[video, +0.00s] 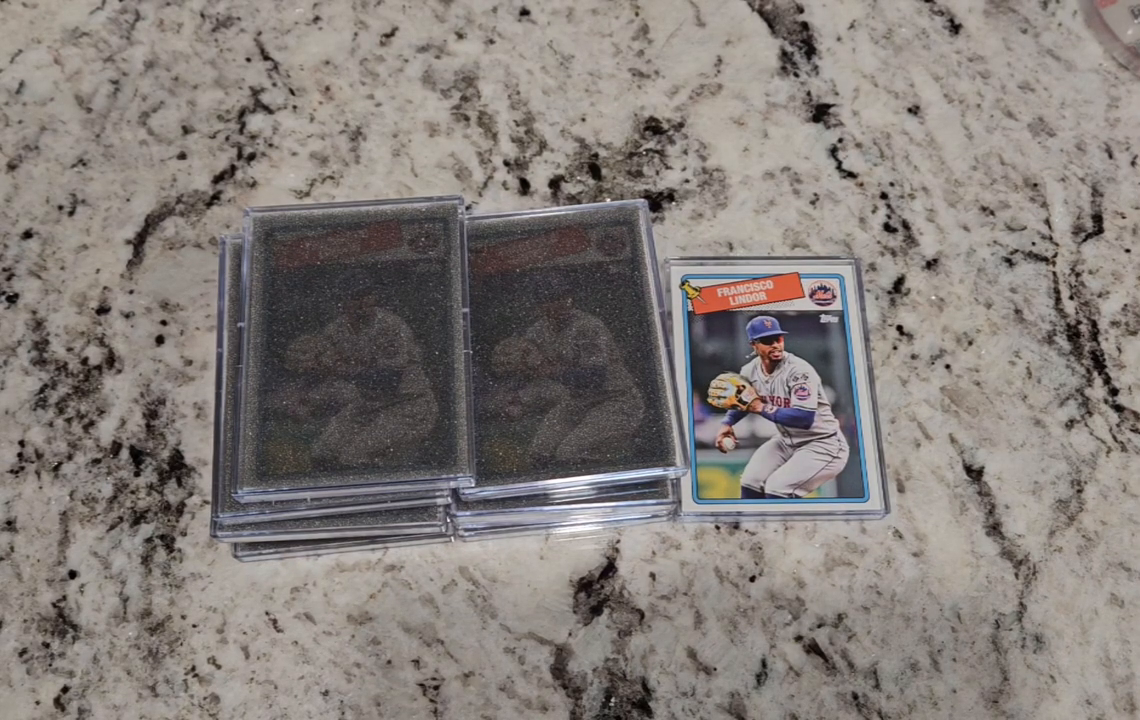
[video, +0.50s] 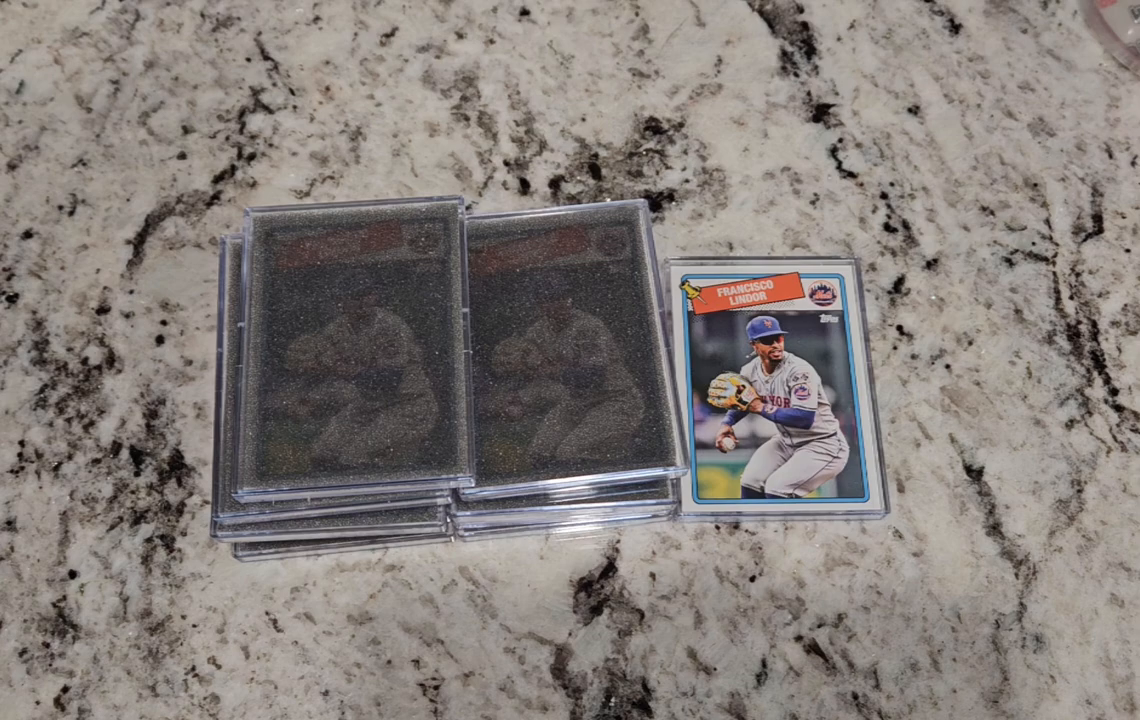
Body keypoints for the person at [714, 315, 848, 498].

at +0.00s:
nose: (775, 346)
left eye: (778, 339)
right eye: (767, 342)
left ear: (783, 339)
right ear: (754, 346)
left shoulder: (800, 371)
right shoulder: (749, 372)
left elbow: (804, 419)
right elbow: (743, 402)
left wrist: (760, 407)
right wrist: (726, 424)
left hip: (824, 445)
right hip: (786, 442)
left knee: (777, 487)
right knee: (751, 482)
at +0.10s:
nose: (775, 346)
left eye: (778, 339)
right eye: (767, 342)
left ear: (783, 339)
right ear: (754, 346)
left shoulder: (800, 371)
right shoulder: (749, 372)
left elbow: (804, 419)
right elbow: (743, 402)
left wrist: (760, 407)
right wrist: (726, 424)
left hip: (824, 445)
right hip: (786, 442)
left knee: (777, 487)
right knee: (751, 482)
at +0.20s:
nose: (775, 345)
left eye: (778, 339)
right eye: (767, 342)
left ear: (783, 339)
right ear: (754, 346)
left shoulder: (800, 371)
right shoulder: (749, 372)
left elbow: (804, 418)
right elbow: (743, 402)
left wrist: (760, 407)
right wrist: (726, 424)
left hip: (824, 445)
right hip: (786, 442)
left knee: (777, 487)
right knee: (751, 482)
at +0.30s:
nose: (775, 345)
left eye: (778, 339)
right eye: (767, 341)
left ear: (783, 339)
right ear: (754, 346)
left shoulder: (800, 370)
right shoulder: (749, 372)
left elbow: (804, 418)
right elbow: (742, 402)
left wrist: (760, 407)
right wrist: (726, 424)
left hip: (824, 445)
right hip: (786, 442)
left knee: (777, 487)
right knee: (751, 482)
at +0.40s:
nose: (775, 345)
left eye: (778, 339)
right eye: (767, 341)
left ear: (783, 339)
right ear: (754, 346)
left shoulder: (800, 371)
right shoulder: (749, 372)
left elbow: (804, 418)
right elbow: (742, 402)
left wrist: (760, 407)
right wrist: (726, 424)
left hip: (824, 445)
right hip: (786, 442)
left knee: (777, 487)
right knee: (751, 482)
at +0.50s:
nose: (776, 345)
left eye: (778, 339)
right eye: (767, 341)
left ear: (783, 339)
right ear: (754, 346)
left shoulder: (800, 371)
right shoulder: (749, 372)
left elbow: (804, 419)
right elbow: (742, 403)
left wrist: (761, 407)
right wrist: (726, 425)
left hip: (824, 445)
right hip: (786, 443)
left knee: (777, 488)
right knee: (751, 482)